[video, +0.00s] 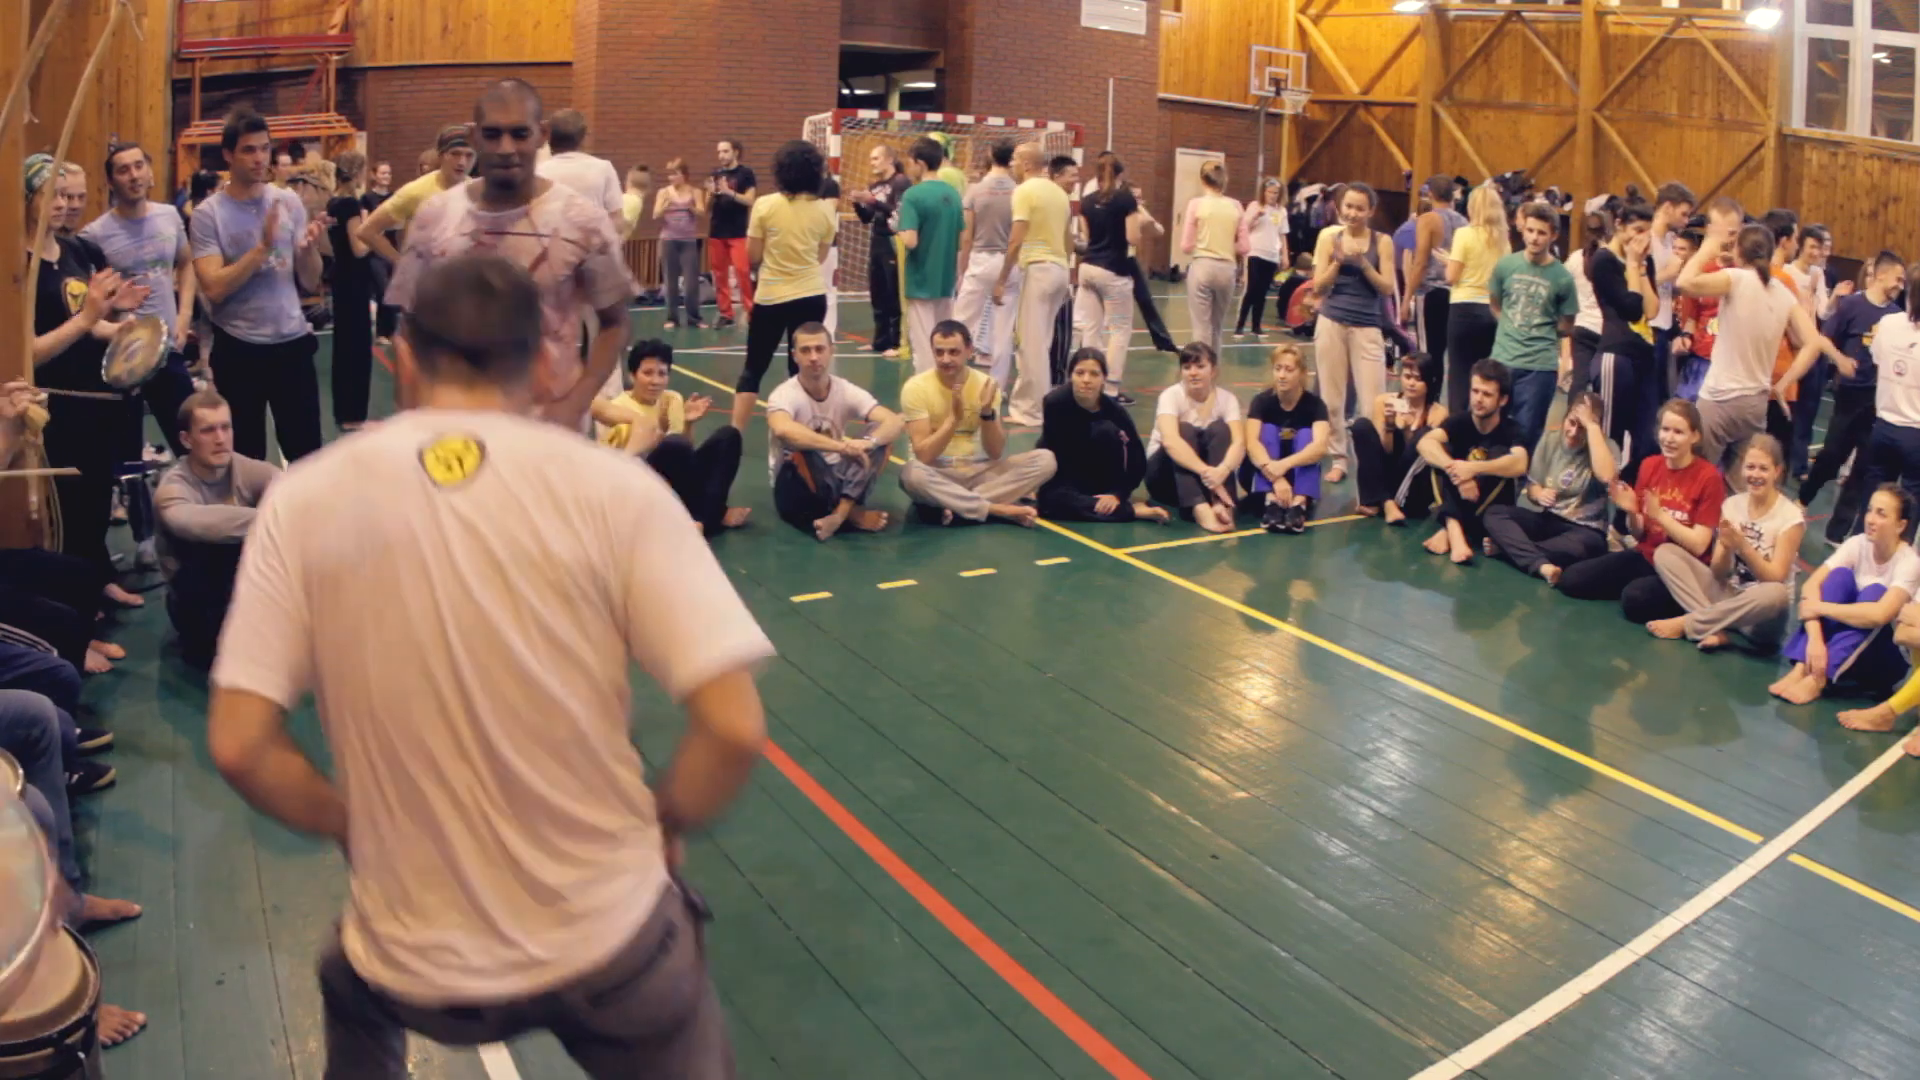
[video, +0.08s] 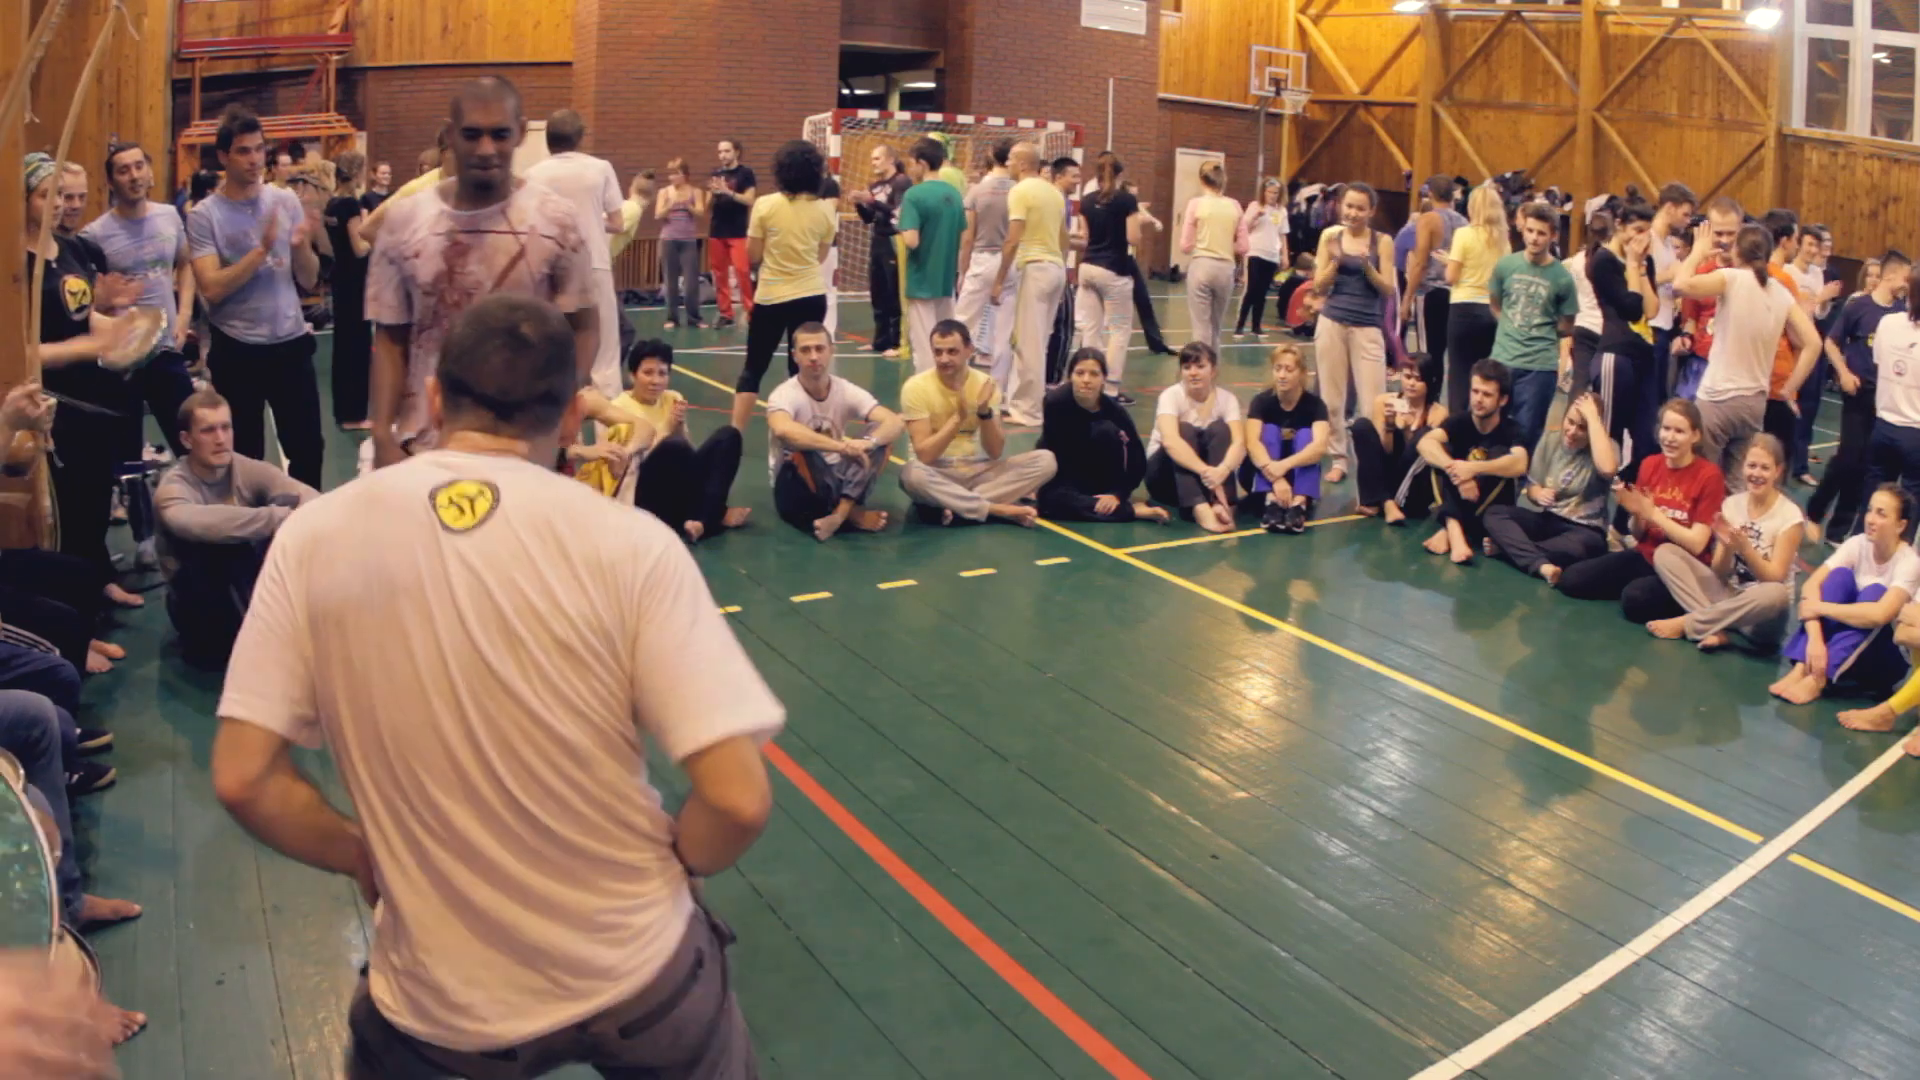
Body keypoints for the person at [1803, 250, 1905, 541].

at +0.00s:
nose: (1899, 285)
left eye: (1901, 280)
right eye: (1895, 278)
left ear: (1899, 281)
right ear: (1877, 275)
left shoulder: (1898, 313)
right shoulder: (1851, 304)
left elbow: (1902, 347)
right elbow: (1824, 339)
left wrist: (1895, 371)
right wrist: (1839, 359)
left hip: (1883, 392)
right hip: (1851, 388)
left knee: (1864, 466)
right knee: (1834, 455)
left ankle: (1840, 529)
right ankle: (1805, 496)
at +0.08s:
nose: (1905, 284)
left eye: (1907, 279)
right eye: (1902, 278)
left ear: (1901, 279)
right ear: (1886, 275)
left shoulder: (1904, 311)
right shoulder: (1858, 304)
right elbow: (1831, 341)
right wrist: (1843, 372)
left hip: (1888, 389)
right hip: (1859, 386)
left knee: (1864, 462)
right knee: (1850, 454)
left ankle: (1842, 527)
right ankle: (1814, 511)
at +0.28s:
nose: (1877, 281)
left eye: (1881, 276)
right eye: (1873, 276)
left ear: (1885, 280)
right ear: (1864, 278)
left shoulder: (1883, 305)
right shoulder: (1855, 301)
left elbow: (1882, 333)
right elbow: (1855, 335)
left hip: (1876, 361)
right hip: (1856, 360)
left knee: (1866, 414)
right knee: (1856, 413)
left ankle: (1856, 467)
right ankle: (1848, 469)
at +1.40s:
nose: (1880, 283)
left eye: (1882, 278)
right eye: (1876, 278)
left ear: (1884, 281)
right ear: (1865, 279)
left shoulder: (1882, 303)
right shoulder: (1854, 299)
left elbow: (1884, 335)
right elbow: (1856, 334)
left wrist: (1883, 315)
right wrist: (1878, 315)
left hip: (1875, 361)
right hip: (1854, 359)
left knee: (1865, 418)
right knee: (1855, 416)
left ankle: (1852, 470)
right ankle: (1846, 470)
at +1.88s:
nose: (1880, 288)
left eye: (1881, 283)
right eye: (1877, 283)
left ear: (1880, 285)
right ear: (1866, 283)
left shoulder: (1878, 306)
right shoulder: (1855, 300)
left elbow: (1879, 332)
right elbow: (1865, 329)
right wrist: (1873, 302)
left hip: (1873, 362)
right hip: (1854, 360)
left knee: (1864, 418)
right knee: (1856, 416)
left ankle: (1850, 469)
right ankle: (1847, 469)